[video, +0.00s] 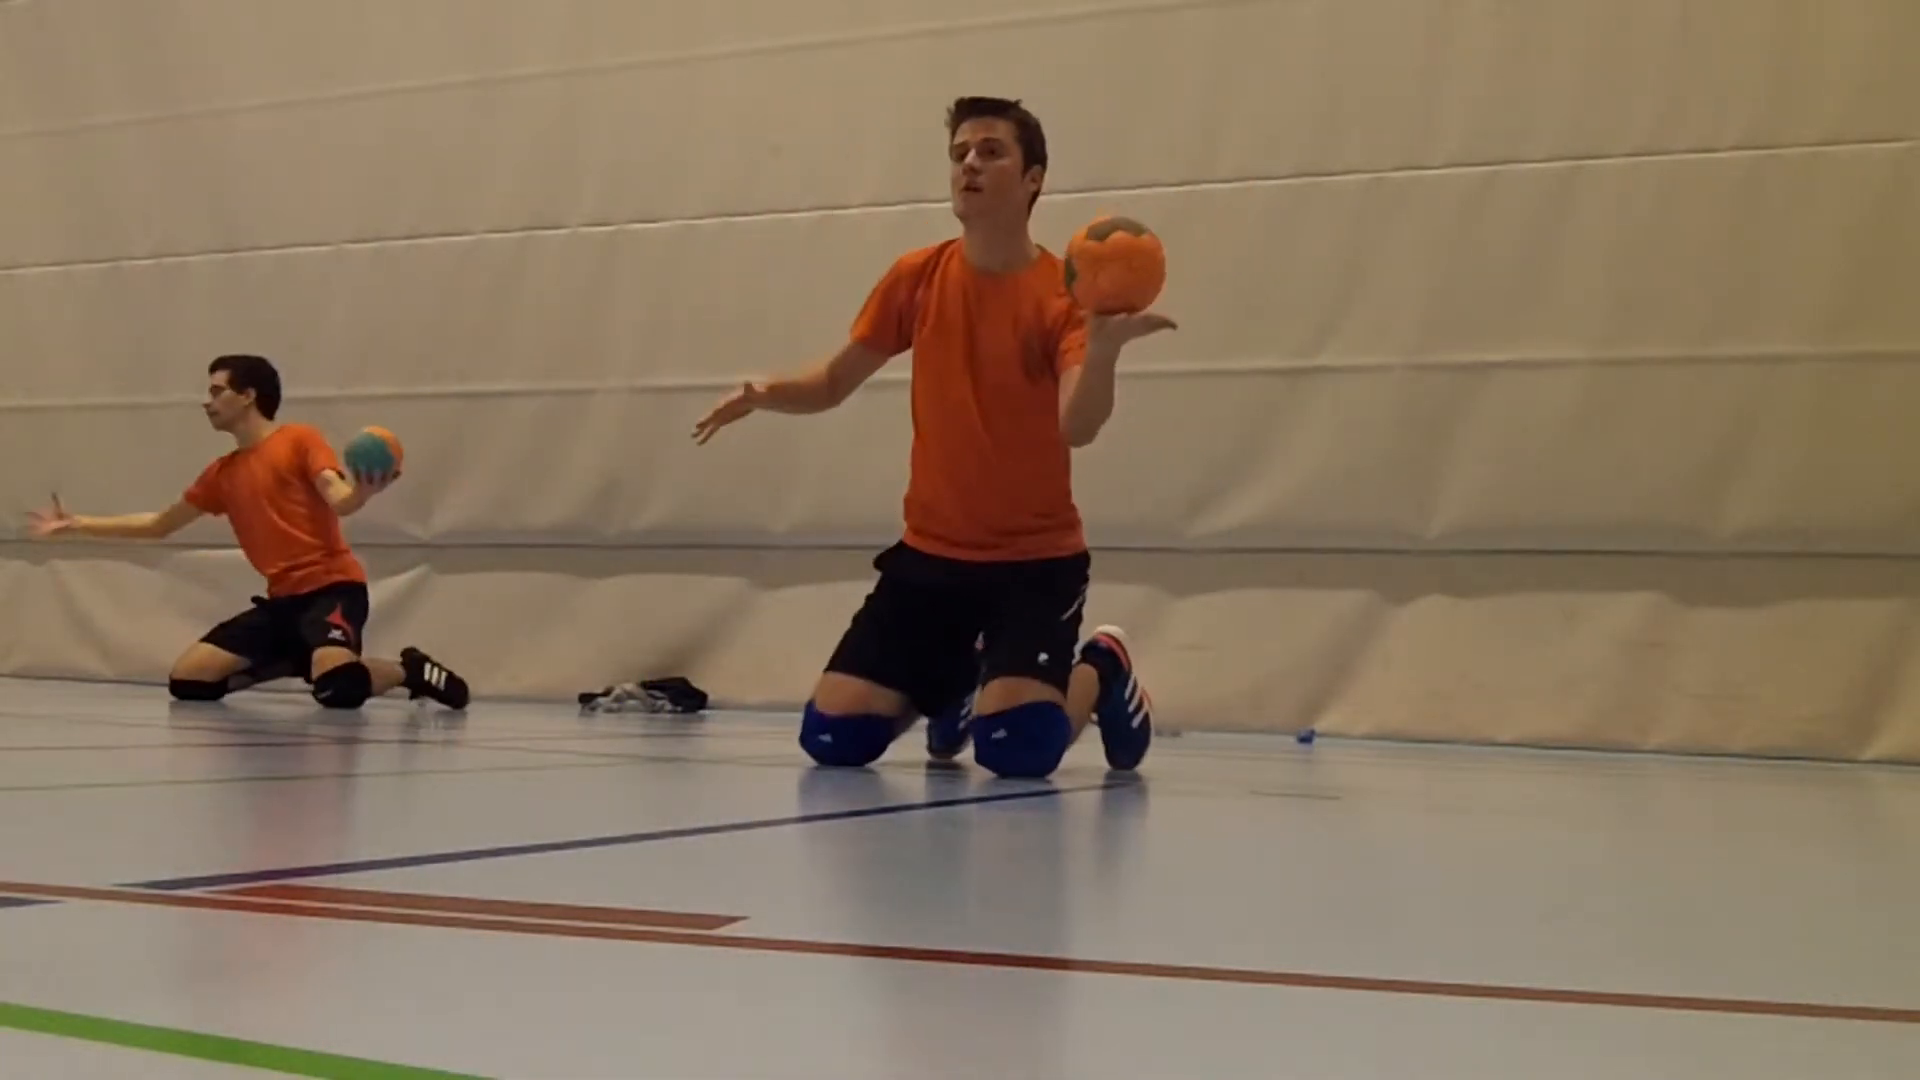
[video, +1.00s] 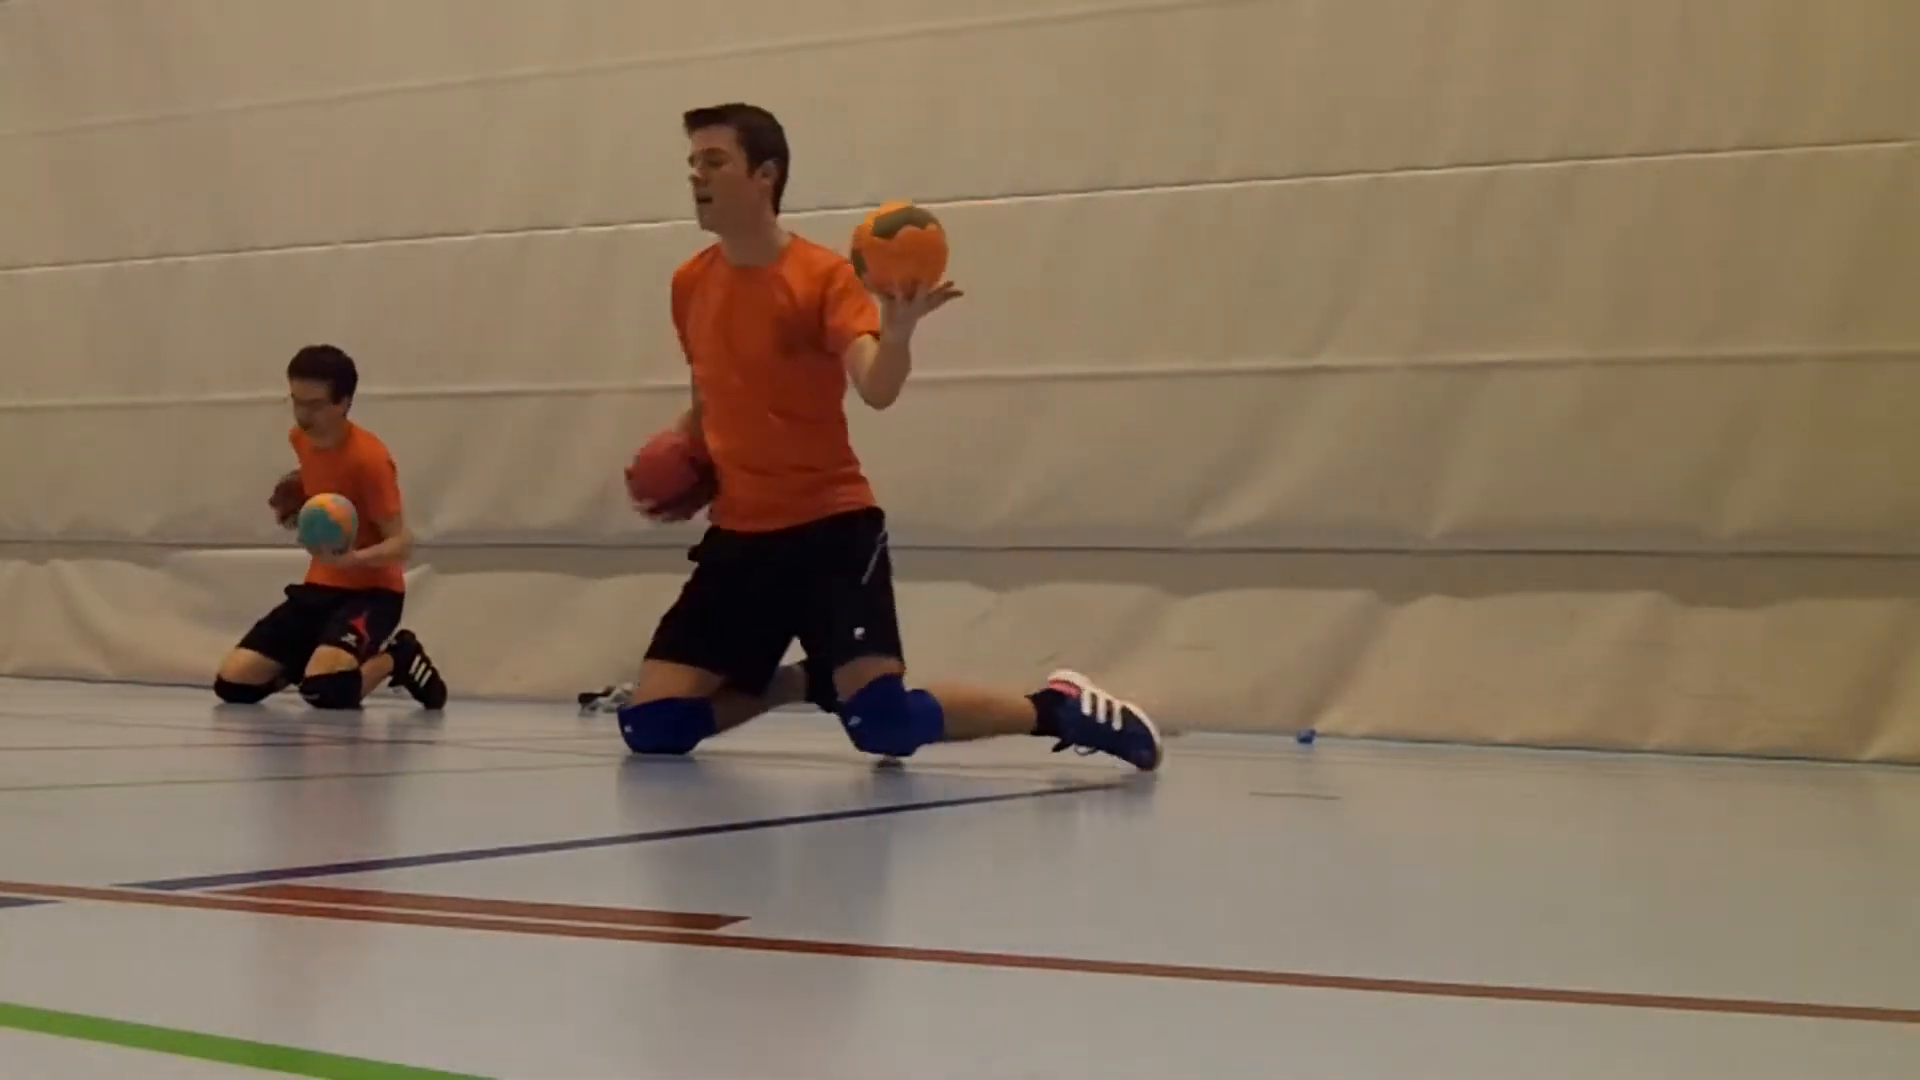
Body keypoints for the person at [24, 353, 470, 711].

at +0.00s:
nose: (206, 404)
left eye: (215, 393)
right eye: (207, 394)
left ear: (249, 396)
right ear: (237, 400)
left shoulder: (298, 440)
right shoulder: (221, 475)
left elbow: (340, 501)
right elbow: (158, 525)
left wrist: (367, 486)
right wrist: (76, 525)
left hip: (334, 590)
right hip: (282, 605)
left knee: (335, 685)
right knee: (188, 680)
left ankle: (414, 672)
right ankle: (309, 663)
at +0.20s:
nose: (199, 390)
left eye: (205, 379)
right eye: (201, 379)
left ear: (231, 382)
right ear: (231, 383)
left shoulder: (288, 426)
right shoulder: (230, 455)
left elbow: (329, 499)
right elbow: (234, 521)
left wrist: (341, 477)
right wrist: (167, 514)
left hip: (322, 583)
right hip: (272, 594)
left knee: (333, 686)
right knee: (188, 682)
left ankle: (431, 669)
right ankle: (300, 659)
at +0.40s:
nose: (232, 388)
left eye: (240, 375)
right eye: (233, 377)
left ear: (271, 377)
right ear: (264, 380)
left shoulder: (326, 430)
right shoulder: (261, 453)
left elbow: (348, 508)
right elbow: (284, 529)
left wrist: (310, 483)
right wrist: (240, 548)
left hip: (332, 591)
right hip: (280, 595)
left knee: (316, 688)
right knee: (190, 682)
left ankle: (393, 665)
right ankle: (297, 657)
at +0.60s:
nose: (276, 382)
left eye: (289, 375)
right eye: (276, 374)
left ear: (322, 387)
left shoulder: (354, 445)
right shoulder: (280, 452)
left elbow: (398, 519)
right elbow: (295, 526)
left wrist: (330, 527)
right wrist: (264, 541)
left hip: (355, 597)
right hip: (301, 597)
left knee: (319, 689)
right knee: (206, 682)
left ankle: (393, 659)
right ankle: (305, 659)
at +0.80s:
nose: (286, 402)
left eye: (298, 393)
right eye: (286, 392)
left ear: (333, 401)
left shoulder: (363, 455)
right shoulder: (297, 448)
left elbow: (416, 525)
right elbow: (322, 484)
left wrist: (347, 546)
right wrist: (291, 494)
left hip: (369, 596)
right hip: (317, 591)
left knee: (324, 690)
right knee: (224, 684)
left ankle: (397, 657)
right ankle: (312, 659)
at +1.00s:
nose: (302, 415)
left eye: (314, 406)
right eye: (296, 403)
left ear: (342, 404)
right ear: (290, 395)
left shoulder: (370, 458)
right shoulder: (301, 439)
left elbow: (401, 543)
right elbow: (326, 486)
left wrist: (353, 558)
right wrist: (298, 497)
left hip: (372, 594)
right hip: (319, 587)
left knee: (323, 690)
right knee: (233, 685)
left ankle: (399, 658)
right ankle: (320, 660)